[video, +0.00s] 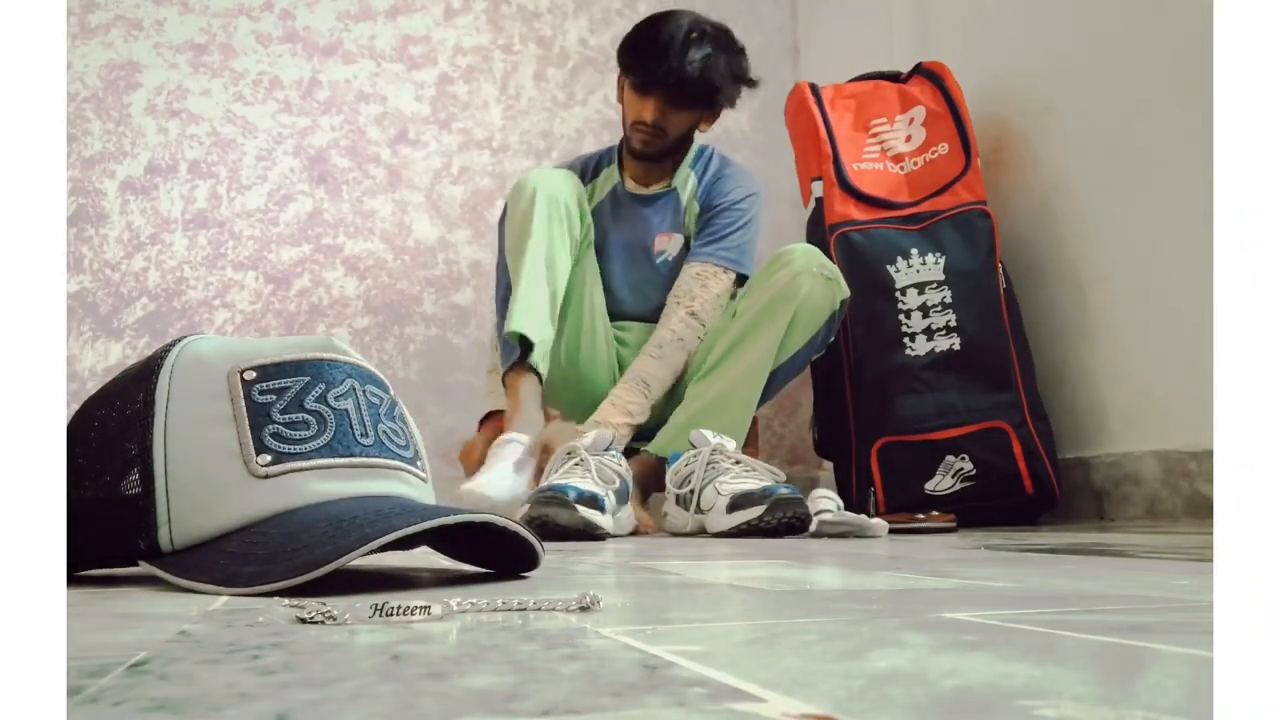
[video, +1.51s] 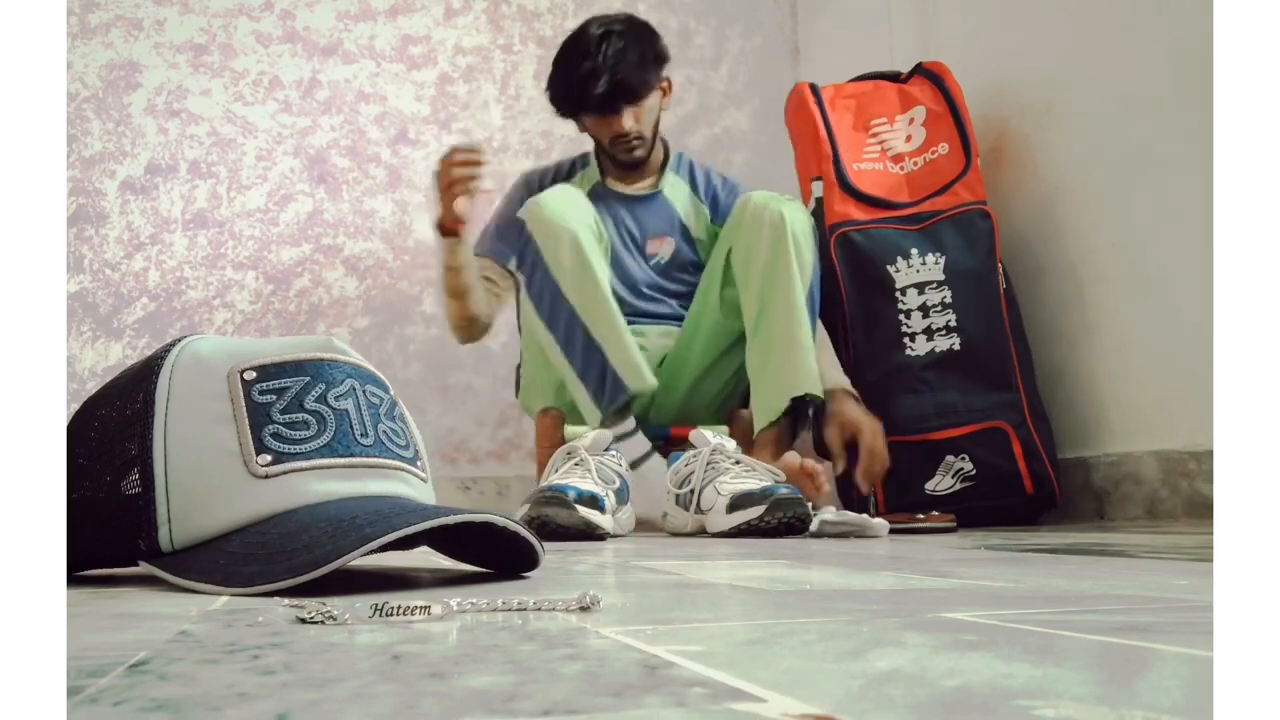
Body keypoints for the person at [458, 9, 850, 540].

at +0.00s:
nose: (648, 114)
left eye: (676, 101)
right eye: (639, 90)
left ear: (709, 117)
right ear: (621, 82)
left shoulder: (731, 191)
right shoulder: (568, 183)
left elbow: (688, 321)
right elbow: (514, 316)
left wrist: (604, 432)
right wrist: (509, 426)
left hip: (685, 379)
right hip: (584, 377)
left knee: (809, 268)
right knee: (543, 186)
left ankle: (648, 473)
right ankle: (522, 434)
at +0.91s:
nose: (672, 136)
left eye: (694, 125)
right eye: (663, 112)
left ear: (724, 117)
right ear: (637, 84)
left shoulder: (745, 187)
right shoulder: (569, 173)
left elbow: (709, 315)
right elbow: (508, 287)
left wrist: (609, 386)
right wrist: (486, 372)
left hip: (689, 376)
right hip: (587, 363)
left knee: (827, 279)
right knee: (550, 210)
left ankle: (655, 475)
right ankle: (524, 464)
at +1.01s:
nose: (674, 135)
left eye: (696, 121)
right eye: (664, 108)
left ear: (722, 116)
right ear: (633, 88)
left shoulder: (740, 183)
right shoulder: (566, 176)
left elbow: (726, 298)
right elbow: (506, 286)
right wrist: (475, 341)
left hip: (678, 384)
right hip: (579, 379)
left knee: (830, 281)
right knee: (546, 210)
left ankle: (698, 461)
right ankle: (520, 461)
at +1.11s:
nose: (659, 123)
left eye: (678, 105)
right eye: (644, 99)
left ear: (701, 99)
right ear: (612, 89)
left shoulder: (730, 175)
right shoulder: (556, 178)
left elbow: (775, 281)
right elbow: (473, 315)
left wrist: (736, 212)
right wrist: (444, 277)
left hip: (689, 371)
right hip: (587, 363)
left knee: (821, 277)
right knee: (528, 205)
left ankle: (681, 467)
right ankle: (524, 460)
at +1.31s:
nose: (614, 145)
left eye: (628, 126)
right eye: (596, 129)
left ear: (655, 115)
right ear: (571, 122)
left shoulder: (698, 206)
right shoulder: (550, 193)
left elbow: (751, 294)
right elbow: (453, 275)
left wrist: (825, 252)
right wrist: (486, 200)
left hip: (691, 387)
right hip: (588, 384)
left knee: (737, 202)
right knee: (547, 196)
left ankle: (758, 426)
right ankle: (542, 423)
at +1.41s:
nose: (607, 143)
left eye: (618, 123)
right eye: (589, 128)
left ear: (647, 108)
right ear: (565, 131)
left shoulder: (695, 202)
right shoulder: (553, 205)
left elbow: (758, 287)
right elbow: (455, 309)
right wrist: (465, 235)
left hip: (690, 382)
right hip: (592, 384)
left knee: (751, 208)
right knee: (566, 187)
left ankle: (772, 462)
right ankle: (586, 446)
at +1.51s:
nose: (624, 127)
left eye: (635, 103)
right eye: (602, 112)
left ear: (664, 92)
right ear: (577, 113)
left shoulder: (710, 192)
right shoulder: (543, 192)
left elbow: (784, 298)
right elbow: (470, 327)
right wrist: (455, 238)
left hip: (701, 383)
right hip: (595, 387)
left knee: (775, 214)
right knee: (552, 210)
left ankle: (766, 460)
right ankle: (583, 460)